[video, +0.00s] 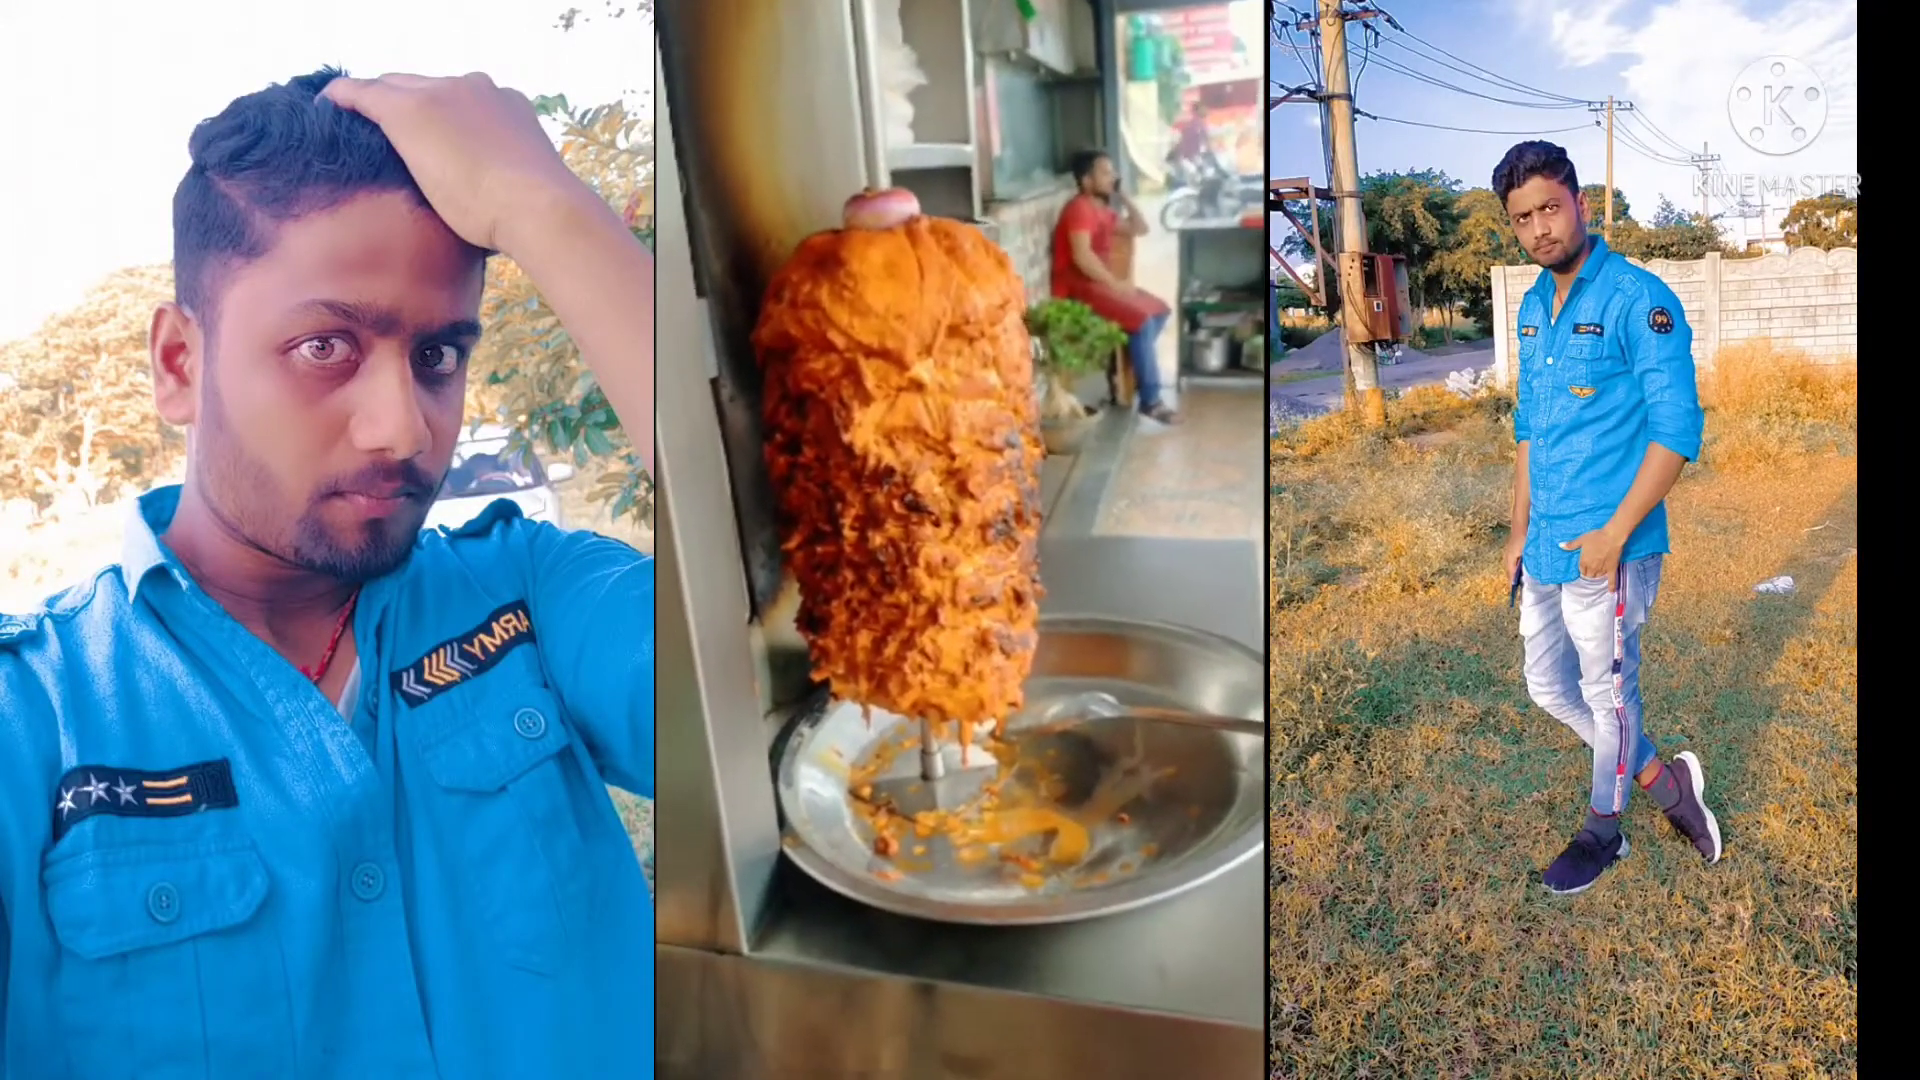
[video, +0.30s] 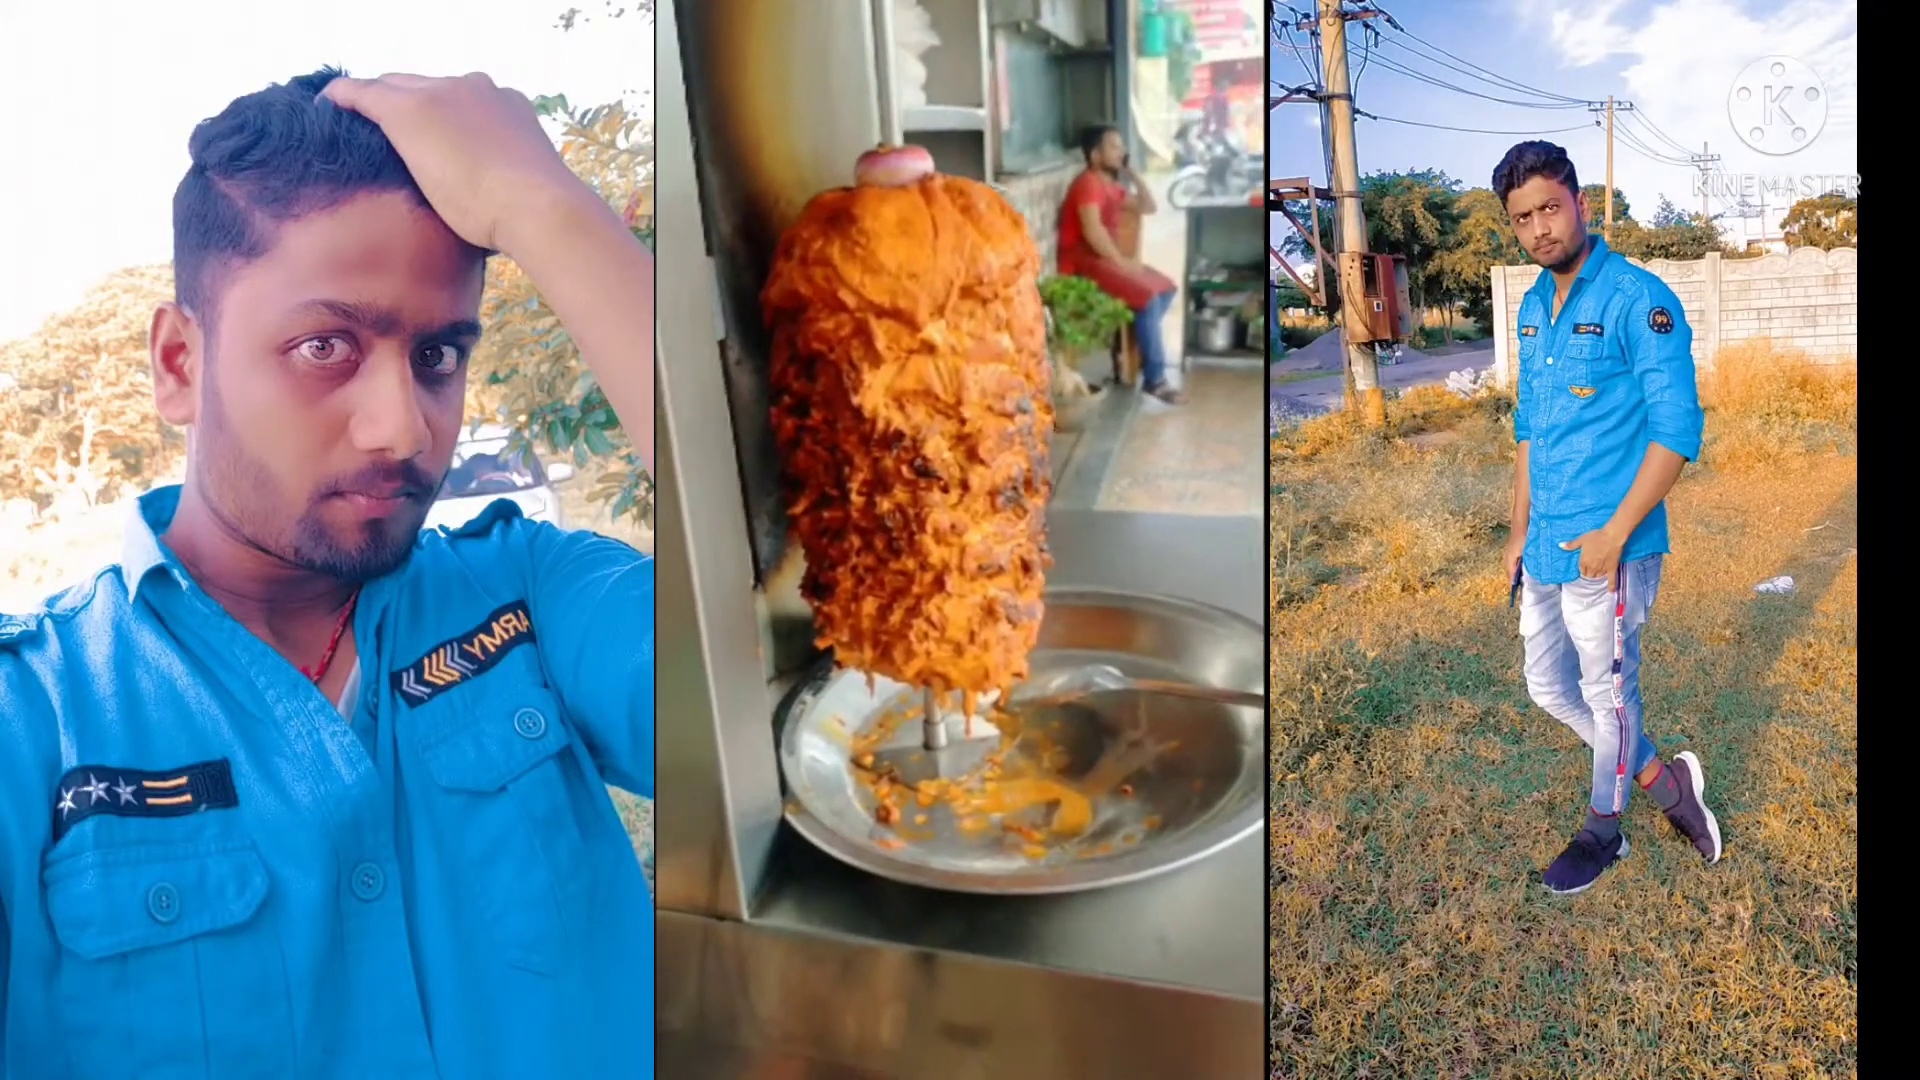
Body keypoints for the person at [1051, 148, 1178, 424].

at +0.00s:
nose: (1112, 178)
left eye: (1111, 172)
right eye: (1105, 173)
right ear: (1086, 180)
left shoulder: (1102, 210)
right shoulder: (1079, 208)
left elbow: (1139, 228)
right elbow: (1081, 256)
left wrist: (1123, 197)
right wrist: (1115, 283)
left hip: (1101, 282)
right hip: (1078, 287)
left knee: (1160, 311)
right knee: (1140, 321)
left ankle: (1120, 366)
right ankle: (1150, 401)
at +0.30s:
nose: (1121, 152)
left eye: (1121, 146)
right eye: (1114, 147)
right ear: (1095, 154)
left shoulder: (1111, 185)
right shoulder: (1088, 183)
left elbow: (1148, 207)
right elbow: (1092, 231)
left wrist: (1132, 175)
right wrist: (1122, 261)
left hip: (1109, 258)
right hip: (1085, 263)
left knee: (1167, 289)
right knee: (1146, 298)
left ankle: (1127, 347)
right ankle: (1155, 379)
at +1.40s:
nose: (1146, 132)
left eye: (1149, 126)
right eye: (1139, 126)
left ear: (1151, 130)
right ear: (1120, 130)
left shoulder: (1140, 163)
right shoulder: (1117, 159)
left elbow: (1180, 186)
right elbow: (1122, 209)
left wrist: (1162, 150)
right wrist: (1147, 244)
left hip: (1130, 236)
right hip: (1109, 239)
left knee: (1193, 270)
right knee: (1174, 274)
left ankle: (1147, 322)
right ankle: (1187, 354)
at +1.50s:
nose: (1150, 129)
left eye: (1153, 122)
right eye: (1143, 122)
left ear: (1155, 127)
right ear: (1125, 127)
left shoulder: (1144, 160)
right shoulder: (1121, 156)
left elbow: (1183, 183)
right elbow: (1126, 207)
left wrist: (1167, 146)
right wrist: (1152, 242)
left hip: (1133, 234)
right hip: (1113, 237)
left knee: (1197, 268)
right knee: (1180, 272)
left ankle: (1154, 326)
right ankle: (1163, 350)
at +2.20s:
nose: (1178, 122)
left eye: (1181, 116)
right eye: (1171, 116)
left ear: (1183, 121)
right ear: (1153, 120)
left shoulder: (1172, 154)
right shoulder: (1148, 149)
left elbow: (1209, 178)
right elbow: (1150, 200)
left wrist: (1195, 141)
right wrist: (1175, 237)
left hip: (1163, 228)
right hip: (1139, 230)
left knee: (1220, 262)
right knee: (1198, 269)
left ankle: (1181, 322)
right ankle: (1148, 328)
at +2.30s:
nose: (1185, 84)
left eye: (1188, 79)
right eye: (1178, 78)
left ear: (1190, 83)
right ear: (1160, 82)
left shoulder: (1179, 117)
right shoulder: (1154, 112)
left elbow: (1215, 143)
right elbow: (1155, 162)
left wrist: (1202, 105)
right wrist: (1178, 202)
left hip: (1171, 193)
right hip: (1146, 194)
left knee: (1225, 229)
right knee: (1202, 236)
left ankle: (1183, 288)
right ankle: (1150, 295)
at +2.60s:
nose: (1185, 121)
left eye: (1188, 115)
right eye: (1178, 115)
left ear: (1190, 119)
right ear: (1160, 117)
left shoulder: (1176, 152)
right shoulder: (1154, 147)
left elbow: (1213, 177)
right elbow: (1153, 197)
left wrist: (1203, 141)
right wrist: (1176, 236)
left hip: (1160, 228)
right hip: (1136, 229)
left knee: (1220, 264)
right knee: (1197, 269)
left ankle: (1170, 323)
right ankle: (1145, 328)